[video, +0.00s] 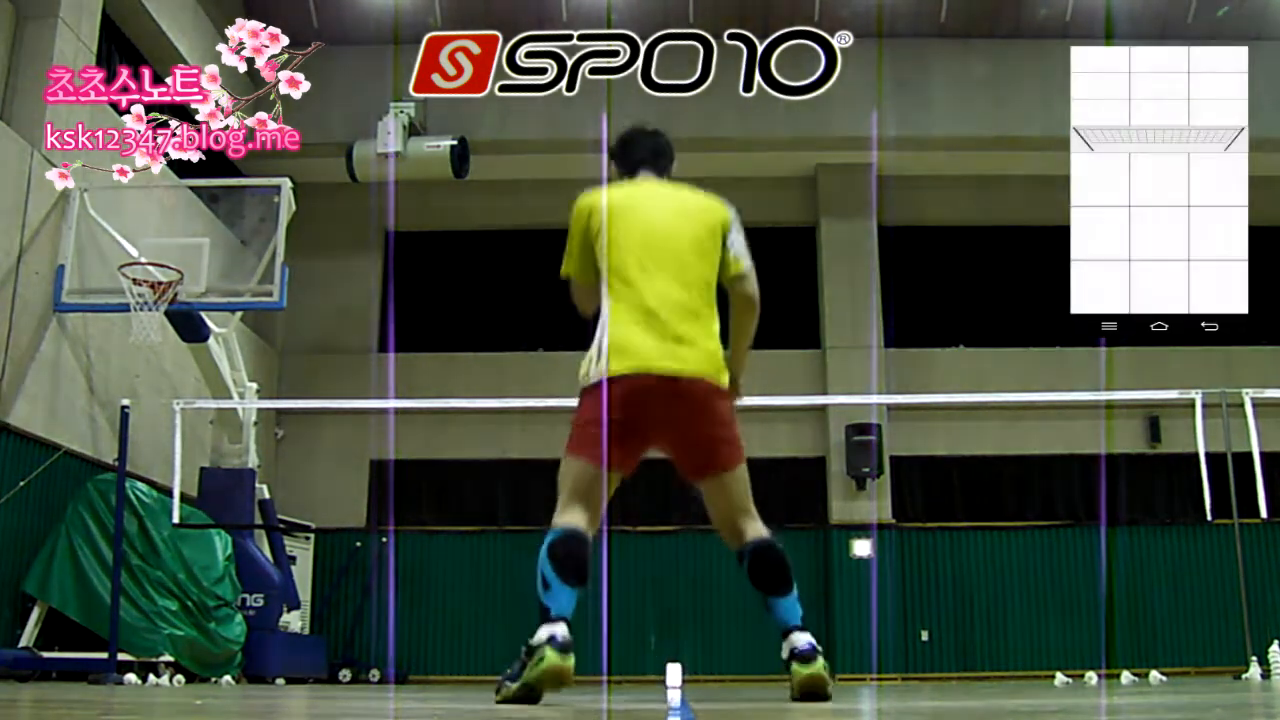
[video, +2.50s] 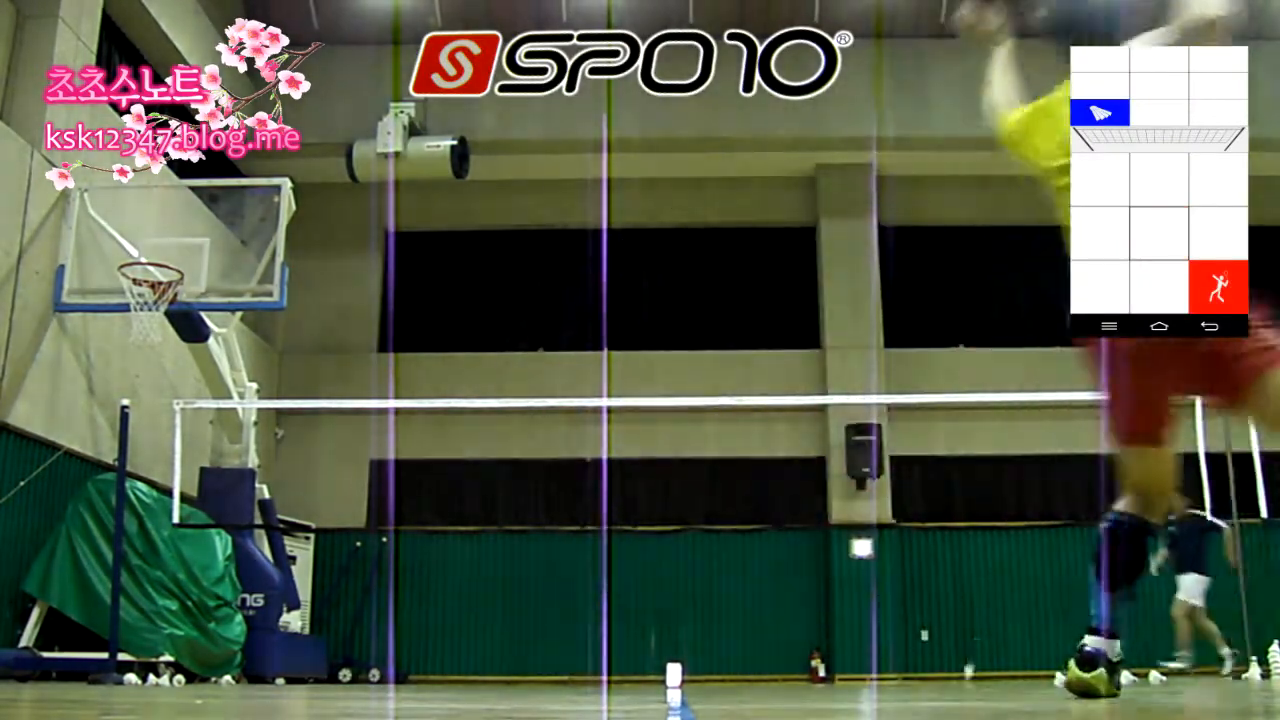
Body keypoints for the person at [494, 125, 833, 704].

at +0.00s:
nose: (618, 177)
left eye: (615, 168)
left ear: (618, 168)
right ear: (670, 168)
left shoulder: (594, 205)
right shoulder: (715, 209)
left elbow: (585, 300)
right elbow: (746, 294)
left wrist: (622, 251)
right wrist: (734, 372)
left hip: (618, 380)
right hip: (699, 381)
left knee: (575, 509)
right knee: (744, 521)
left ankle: (552, 637)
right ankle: (800, 644)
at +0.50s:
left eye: (641, 144)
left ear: (641, 145)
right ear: (696, 143)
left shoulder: (622, 181)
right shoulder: (741, 185)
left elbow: (595, 243)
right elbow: (783, 262)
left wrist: (606, 318)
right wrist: (750, 331)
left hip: (648, 366)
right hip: (730, 365)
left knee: (598, 500)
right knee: (768, 511)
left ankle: (557, 629)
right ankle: (816, 641)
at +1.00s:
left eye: (653, 149)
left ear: (655, 149)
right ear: (711, 149)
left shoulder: (643, 183)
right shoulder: (755, 197)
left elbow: (622, 233)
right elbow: (797, 284)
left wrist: (585, 319)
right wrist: (762, 350)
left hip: (673, 370)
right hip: (752, 372)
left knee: (616, 503)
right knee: (789, 515)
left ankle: (590, 625)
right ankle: (849, 627)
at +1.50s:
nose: (639, 248)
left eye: (640, 240)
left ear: (644, 236)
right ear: (703, 237)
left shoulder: (643, 255)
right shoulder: (750, 276)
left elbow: (618, 290)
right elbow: (803, 357)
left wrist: (555, 365)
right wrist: (778, 419)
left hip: (688, 406)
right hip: (770, 408)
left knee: (612, 532)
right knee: (783, 530)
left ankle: (581, 644)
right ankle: (848, 644)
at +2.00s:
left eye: (752, 190)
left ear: (750, 196)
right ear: (804, 183)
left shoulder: (734, 248)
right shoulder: (853, 215)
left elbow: (694, 337)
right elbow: (937, 213)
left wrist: (669, 397)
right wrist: (915, 186)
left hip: (745, 407)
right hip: (832, 407)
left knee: (669, 538)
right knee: (877, 530)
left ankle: (568, 642)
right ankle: (875, 652)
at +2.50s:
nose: (1215, 58)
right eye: (1203, 48)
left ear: (1101, 61)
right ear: (1175, 50)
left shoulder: (1069, 118)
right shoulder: (1193, 104)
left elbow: (1004, 115)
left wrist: (1000, 40)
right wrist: (1183, 27)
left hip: (1125, 326)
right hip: (1216, 312)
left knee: (1144, 489)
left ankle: (1099, 645)